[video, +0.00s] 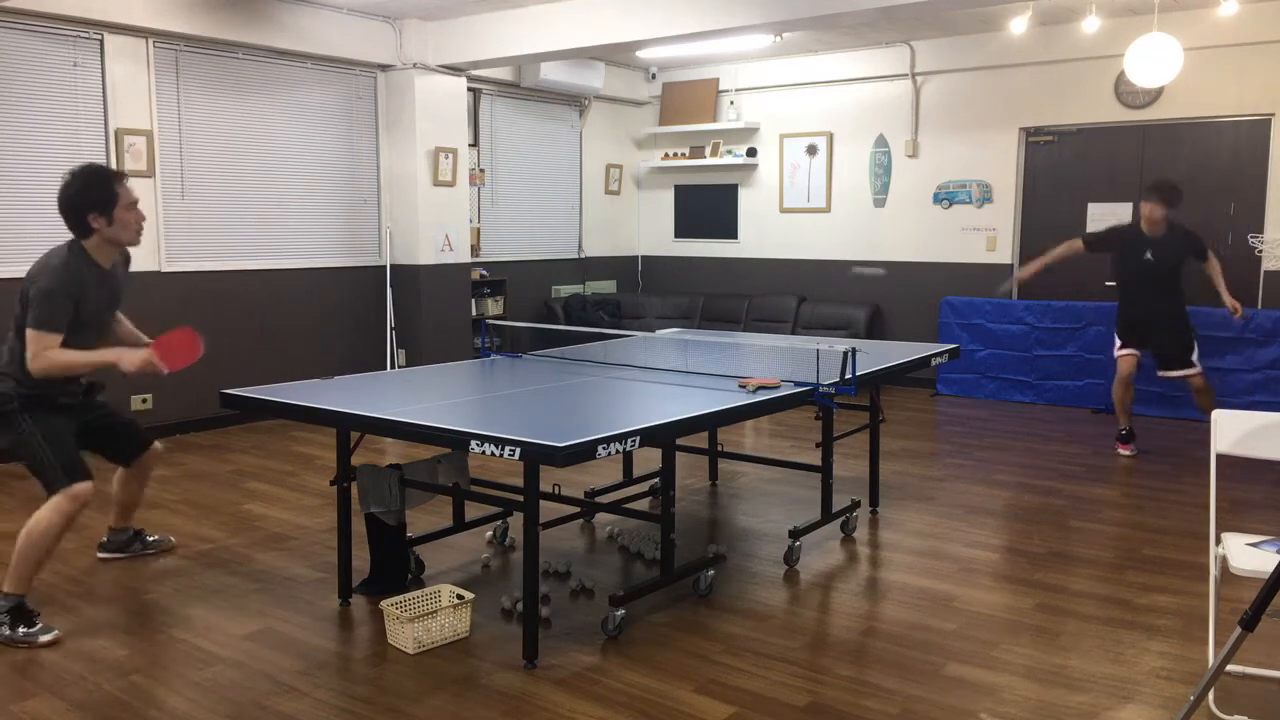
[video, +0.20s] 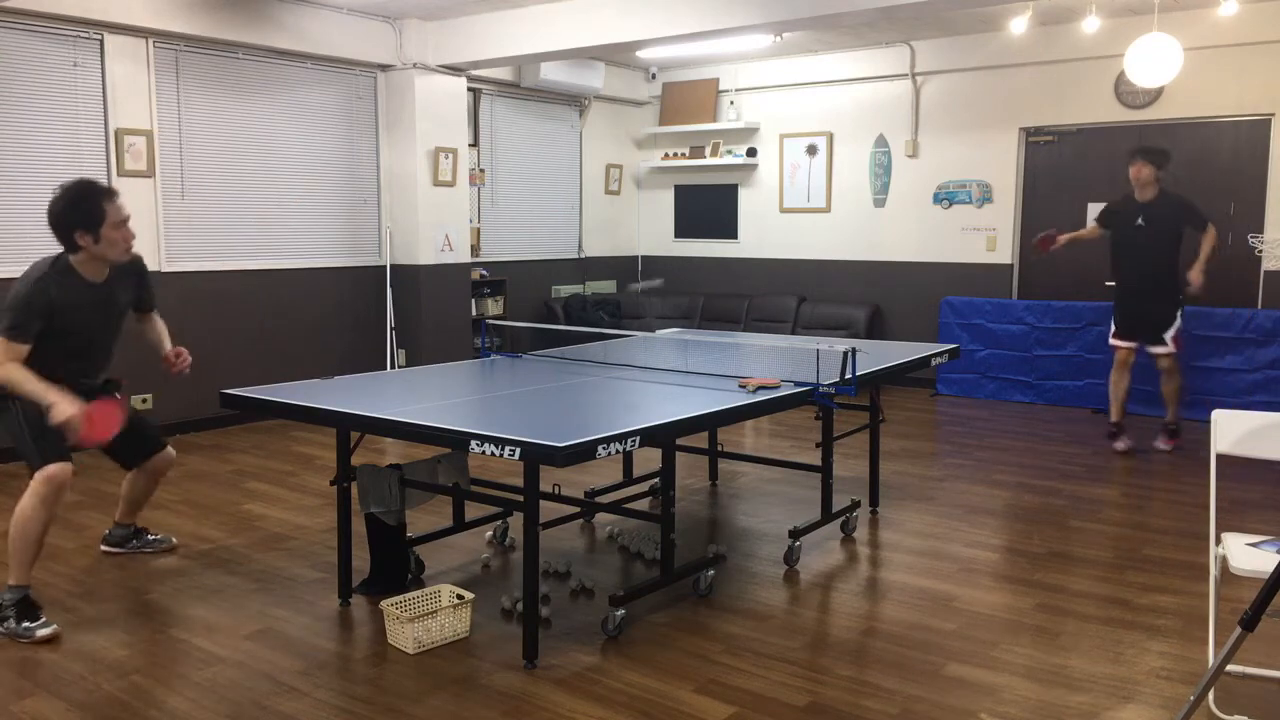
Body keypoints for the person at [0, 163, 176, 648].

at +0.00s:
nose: (141, 214)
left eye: (136, 204)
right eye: (130, 209)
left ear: (105, 221)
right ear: (97, 223)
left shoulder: (116, 260)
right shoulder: (56, 275)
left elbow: (104, 316)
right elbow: (39, 361)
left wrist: (149, 346)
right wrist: (119, 357)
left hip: (72, 393)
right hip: (25, 400)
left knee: (143, 453)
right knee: (74, 489)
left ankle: (120, 535)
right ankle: (9, 606)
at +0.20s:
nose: (131, 230)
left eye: (128, 220)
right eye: (119, 224)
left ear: (93, 237)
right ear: (84, 240)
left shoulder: (130, 270)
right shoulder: (40, 287)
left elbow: (147, 317)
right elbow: (6, 365)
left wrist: (167, 349)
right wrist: (55, 398)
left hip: (91, 388)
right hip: (33, 392)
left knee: (157, 458)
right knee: (53, 474)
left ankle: (123, 529)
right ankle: (14, 597)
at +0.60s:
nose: (47, 260)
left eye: (47, 247)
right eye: (33, 255)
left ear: (52, 241)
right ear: (7, 266)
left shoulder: (79, 276)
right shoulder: (5, 308)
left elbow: (137, 287)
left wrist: (189, 315)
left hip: (96, 404)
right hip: (33, 412)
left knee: (155, 482)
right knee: (60, 493)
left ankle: (125, 528)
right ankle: (17, 602)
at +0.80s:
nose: (25, 169)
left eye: (29, 159)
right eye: (14, 162)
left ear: (37, 157)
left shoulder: (40, 209)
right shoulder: (10, 212)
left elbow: (76, 265)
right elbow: (50, 191)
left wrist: (140, 269)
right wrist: (71, 137)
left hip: (85, 359)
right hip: (40, 372)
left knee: (139, 444)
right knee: (76, 492)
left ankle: (104, 537)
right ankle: (19, 601)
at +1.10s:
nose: (72, 155)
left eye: (67, 146)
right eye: (61, 147)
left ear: (30, 165)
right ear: (27, 163)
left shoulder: (40, 218)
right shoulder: (17, 217)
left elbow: (56, 298)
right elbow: (105, 226)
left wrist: (122, 282)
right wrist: (125, 164)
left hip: (64, 379)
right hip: (35, 383)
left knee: (111, 471)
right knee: (75, 504)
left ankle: (56, 565)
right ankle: (8, 636)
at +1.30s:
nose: (103, 147)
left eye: (99, 137)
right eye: (92, 139)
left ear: (64, 153)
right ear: (59, 153)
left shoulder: (69, 210)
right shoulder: (36, 214)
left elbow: (70, 282)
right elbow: (86, 285)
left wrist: (118, 281)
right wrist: (151, 245)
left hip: (60, 373)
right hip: (23, 377)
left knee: (96, 466)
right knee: (51, 484)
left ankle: (54, 564)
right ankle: (16, 624)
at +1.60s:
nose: (143, 199)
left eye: (138, 188)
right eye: (132, 191)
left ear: (101, 205)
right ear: (100, 205)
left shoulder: (96, 254)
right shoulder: (64, 261)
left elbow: (88, 331)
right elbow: (70, 355)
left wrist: (136, 345)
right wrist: (149, 339)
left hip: (54, 396)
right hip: (15, 404)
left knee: (117, 468)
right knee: (78, 499)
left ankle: (106, 551)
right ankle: (13, 623)